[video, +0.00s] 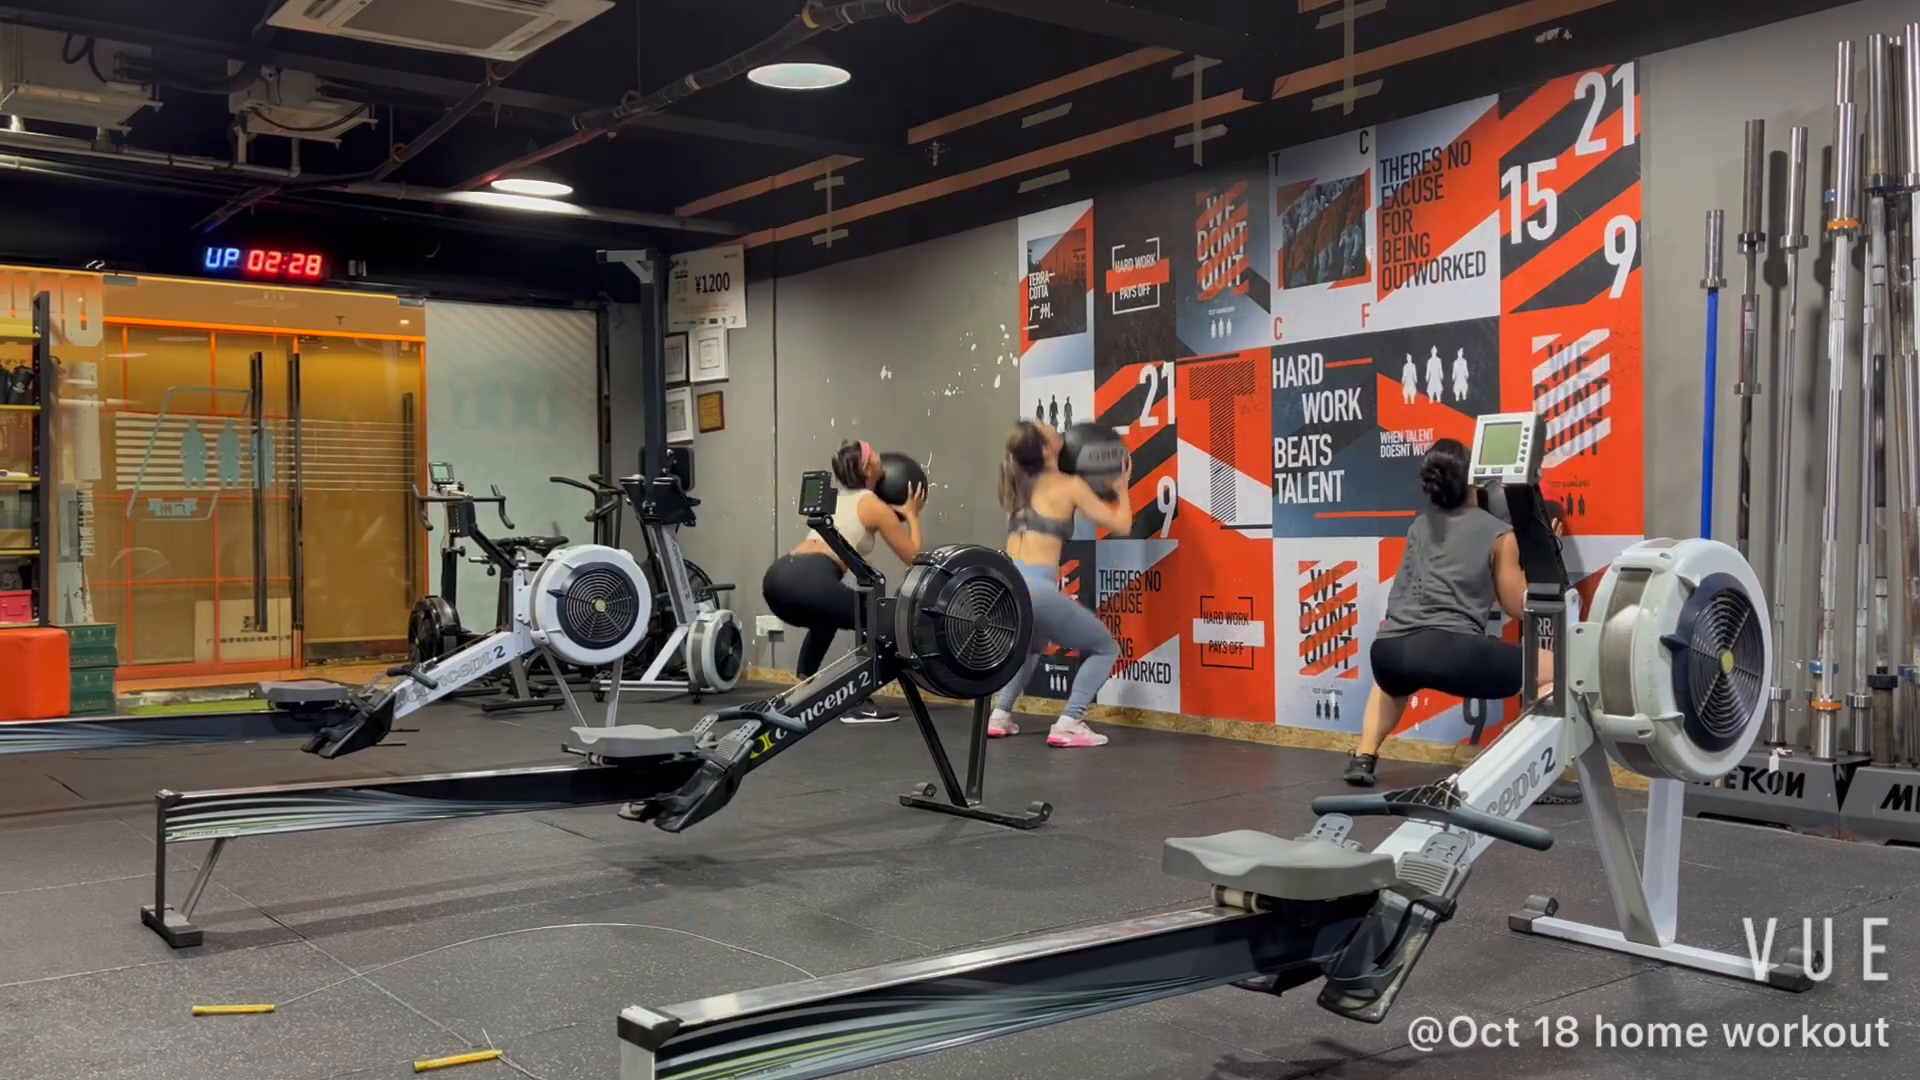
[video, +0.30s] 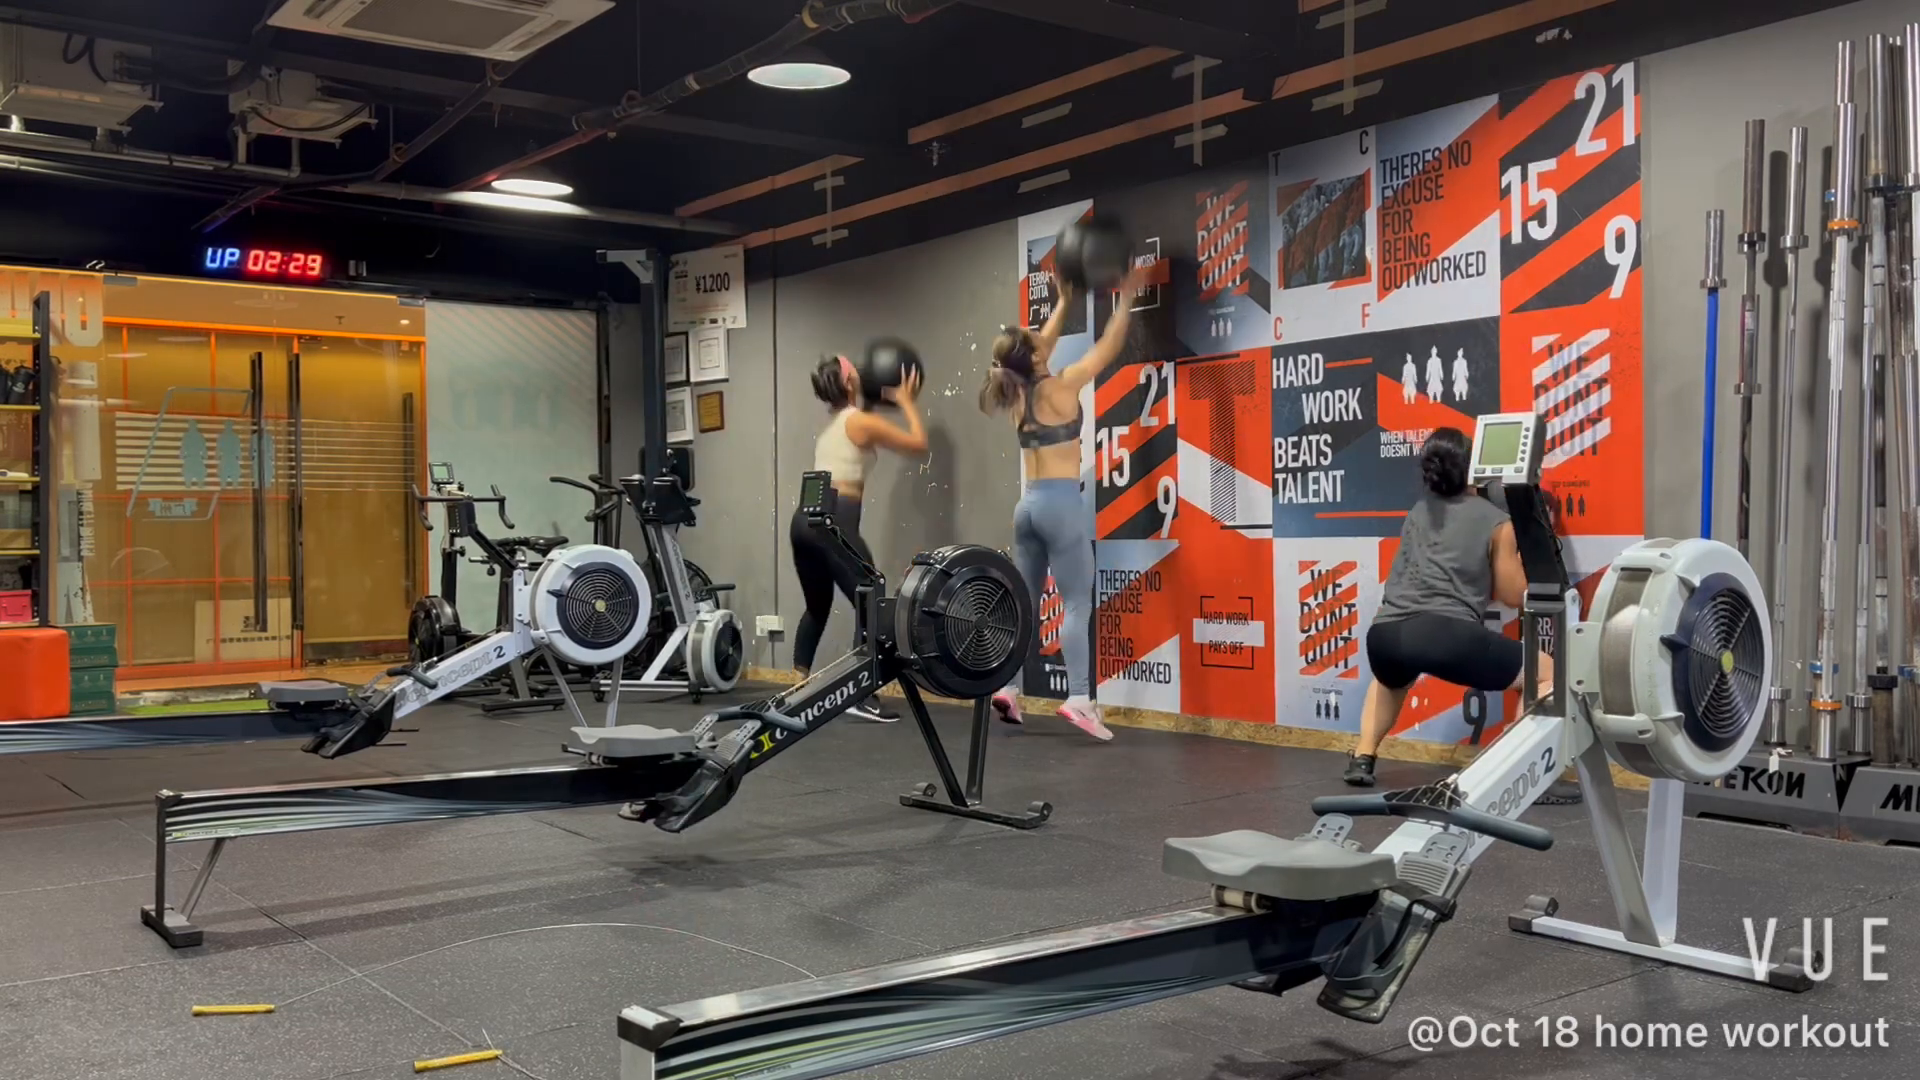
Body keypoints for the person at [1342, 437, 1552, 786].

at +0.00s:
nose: (1480, 476)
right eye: (1475, 470)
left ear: (1430, 482)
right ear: (1473, 480)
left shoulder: (1419, 525)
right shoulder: (1497, 533)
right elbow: (1517, 606)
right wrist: (1545, 546)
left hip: (1391, 650)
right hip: (1452, 651)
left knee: (1392, 681)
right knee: (1551, 667)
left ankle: (1363, 758)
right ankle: (1542, 772)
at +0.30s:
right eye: (1476, 460)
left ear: (1429, 470)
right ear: (1474, 469)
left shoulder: (1416, 514)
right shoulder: (1495, 522)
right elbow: (1513, 595)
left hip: (1387, 634)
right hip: (1448, 635)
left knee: (1389, 681)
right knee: (1544, 671)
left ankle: (1362, 759)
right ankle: (1521, 770)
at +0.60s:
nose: (1450, 352)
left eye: (1442, 346)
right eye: (1446, 348)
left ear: (1406, 363)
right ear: (1445, 358)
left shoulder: (1401, 407)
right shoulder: (1477, 402)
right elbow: (1523, 454)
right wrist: (1519, 391)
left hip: (1409, 547)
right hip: (1467, 544)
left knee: (1397, 647)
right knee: (1513, 646)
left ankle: (1364, 747)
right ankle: (1533, 763)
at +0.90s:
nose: (1455, 340)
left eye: (1444, 335)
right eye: (1450, 336)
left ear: (1403, 355)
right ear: (1447, 350)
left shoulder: (1400, 391)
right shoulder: (1469, 384)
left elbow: (1399, 324)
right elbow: (1481, 303)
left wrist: (1404, 258)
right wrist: (1470, 234)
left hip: (1415, 535)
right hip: (1468, 533)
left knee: (1403, 647)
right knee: (1507, 644)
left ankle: (1368, 746)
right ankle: (1528, 757)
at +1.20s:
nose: (1454, 353)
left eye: (1448, 348)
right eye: (1450, 350)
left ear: (1409, 368)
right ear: (1445, 363)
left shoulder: (1399, 400)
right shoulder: (1473, 394)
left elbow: (1397, 363)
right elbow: (1535, 356)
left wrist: (1412, 314)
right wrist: (1553, 289)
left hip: (1417, 554)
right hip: (1471, 553)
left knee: (1398, 663)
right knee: (1496, 665)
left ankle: (1362, 760)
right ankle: (1523, 772)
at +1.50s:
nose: (1460, 336)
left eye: (1453, 334)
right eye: (1454, 338)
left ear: (1414, 371)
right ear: (1451, 364)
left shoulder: (1402, 414)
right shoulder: (1476, 407)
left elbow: (1437, 395)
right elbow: (1526, 414)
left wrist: (1451, 351)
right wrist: (1528, 354)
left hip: (1407, 561)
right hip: (1464, 562)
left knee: (1398, 665)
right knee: (1512, 662)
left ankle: (1363, 760)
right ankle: (1516, 772)